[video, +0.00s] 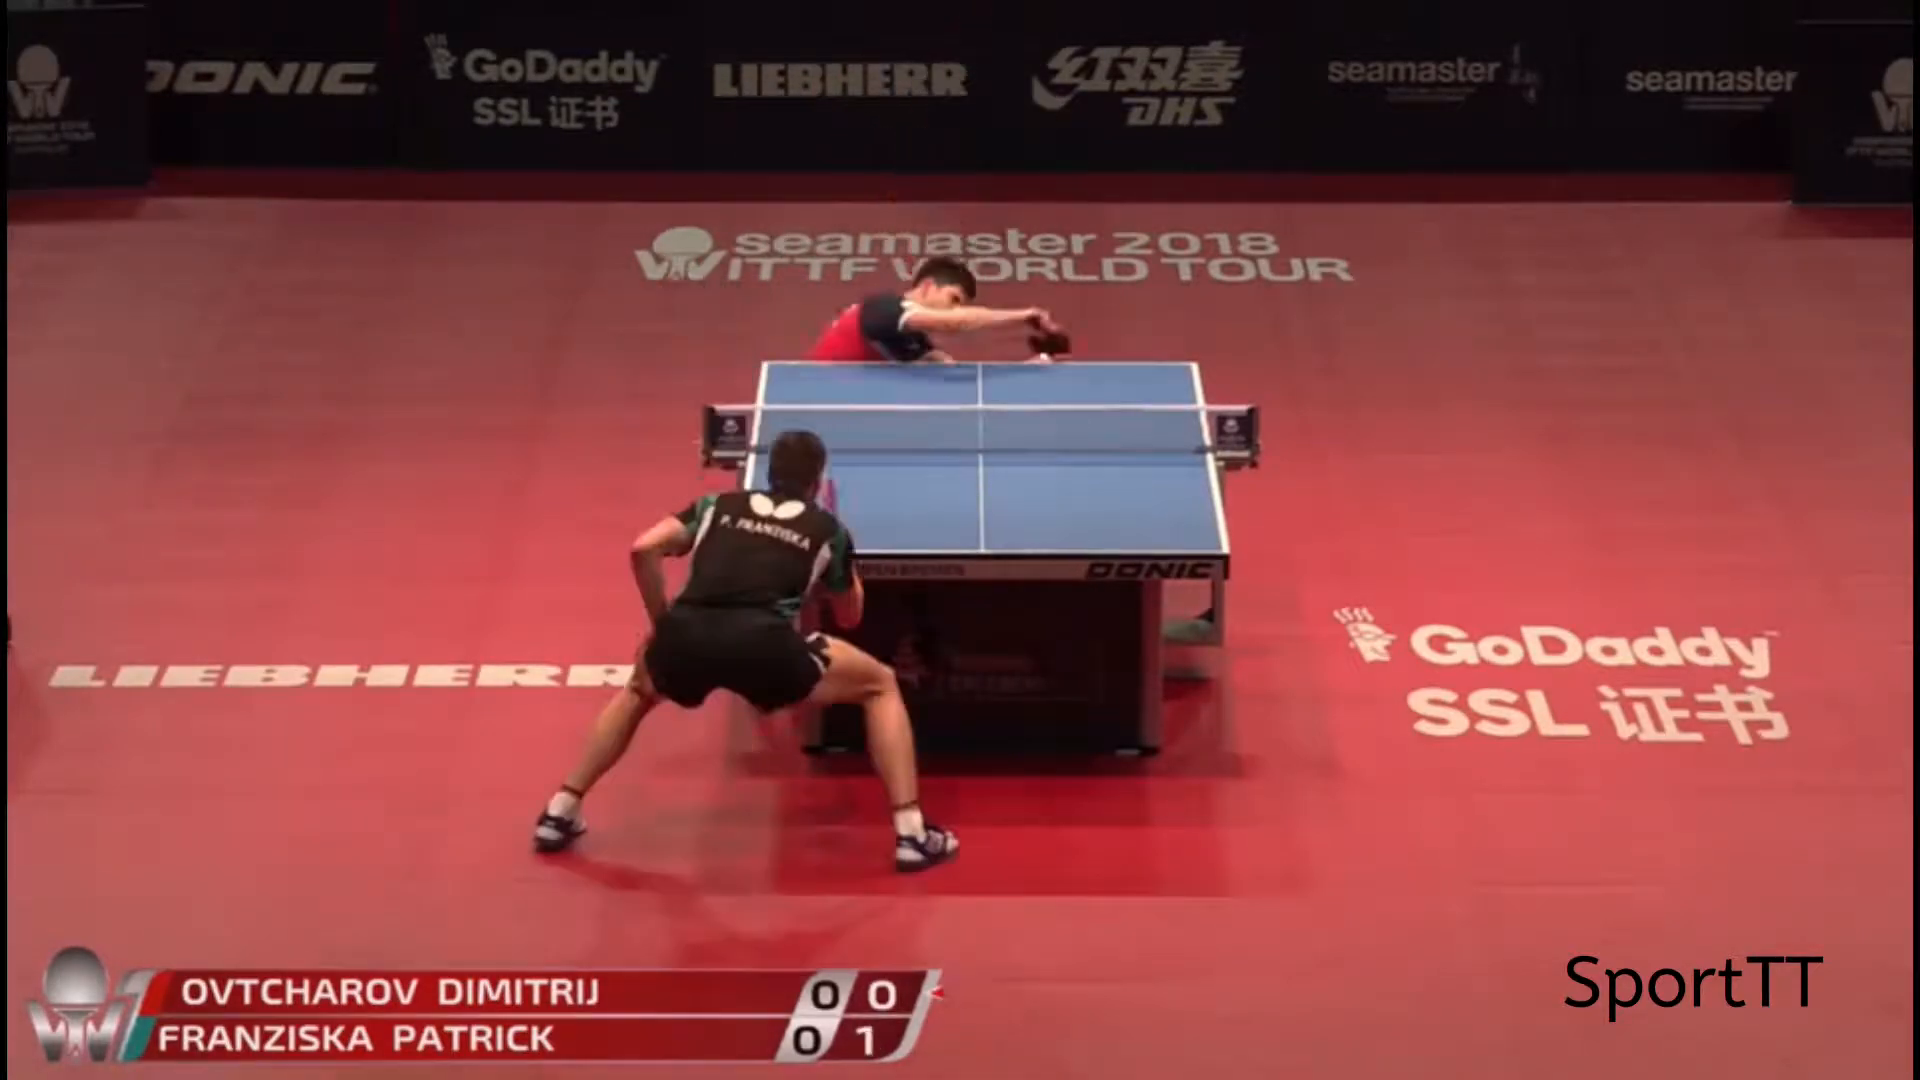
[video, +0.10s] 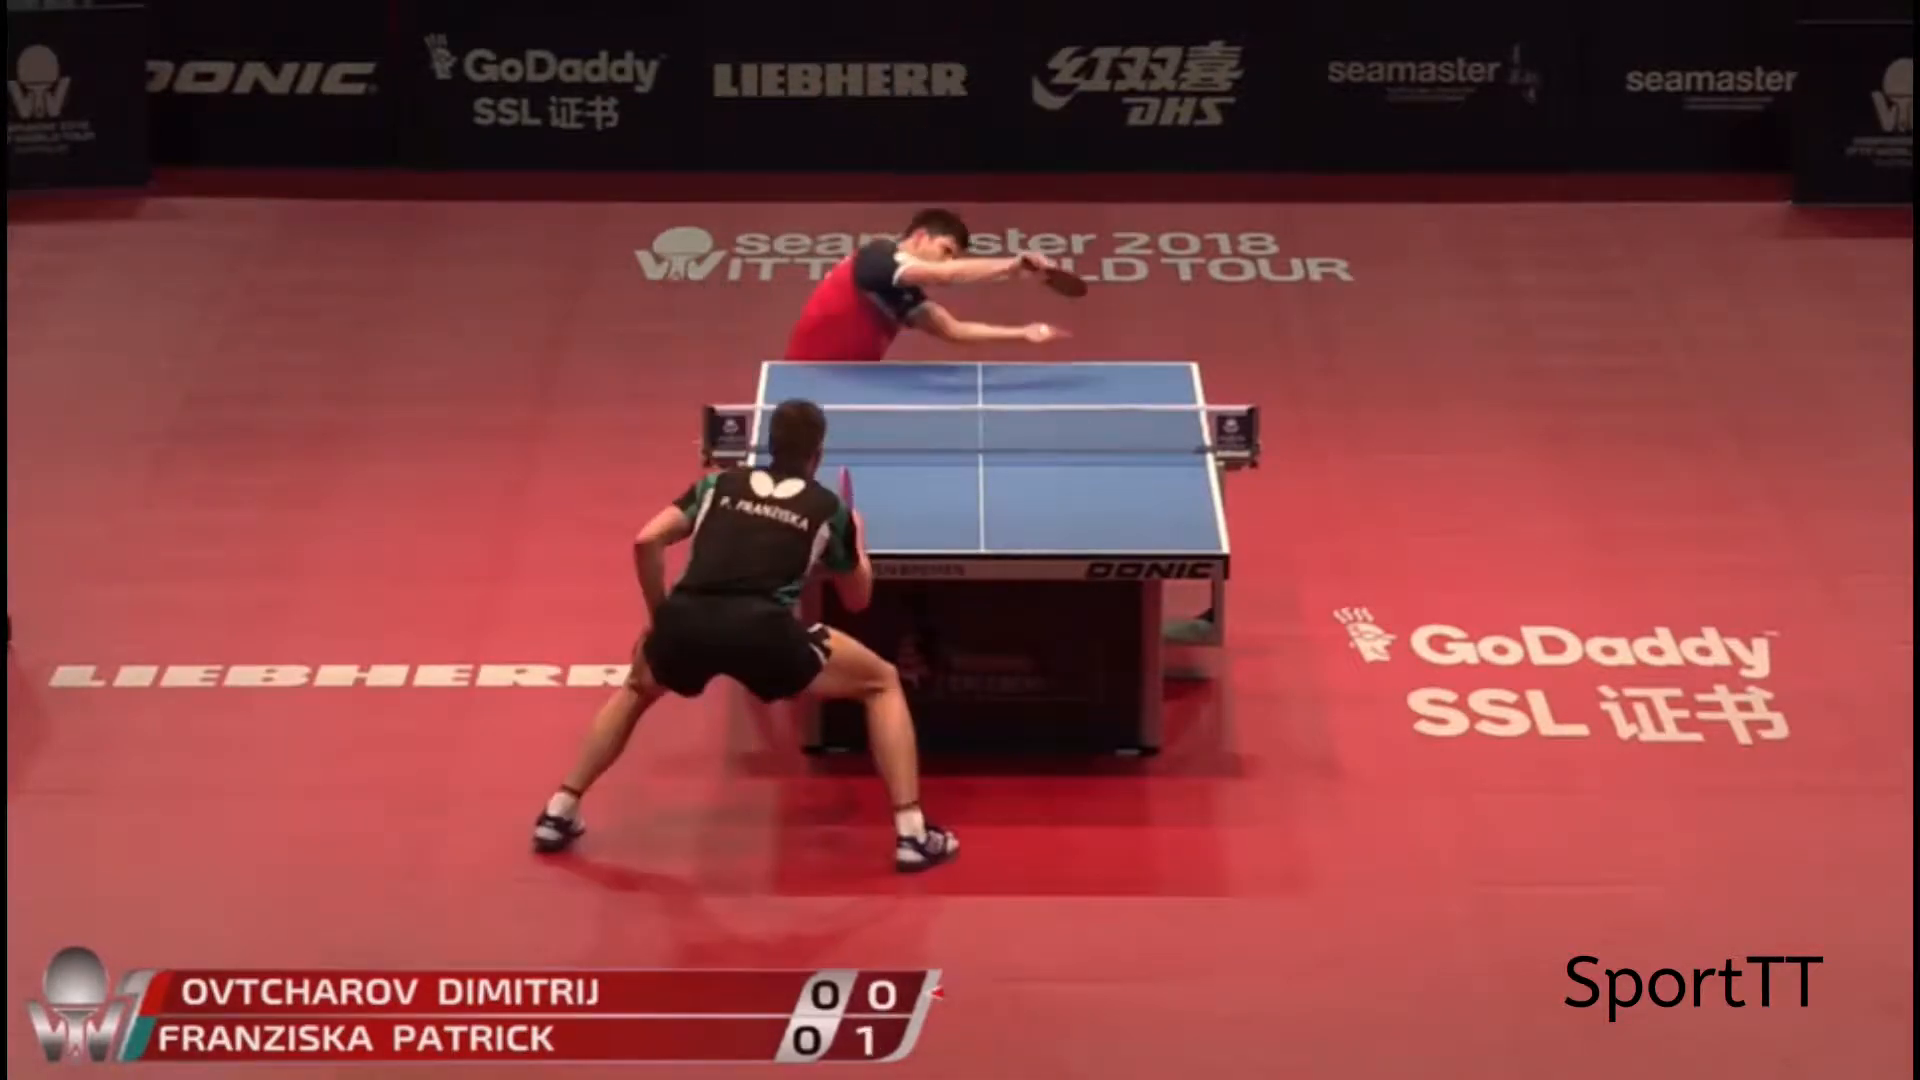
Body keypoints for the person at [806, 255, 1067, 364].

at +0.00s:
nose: (955, 313)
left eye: (962, 308)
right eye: (953, 300)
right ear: (927, 286)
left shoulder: (909, 343)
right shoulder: (879, 309)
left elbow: (951, 370)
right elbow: (952, 323)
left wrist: (1024, 367)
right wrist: (1023, 317)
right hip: (817, 396)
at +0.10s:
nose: (946, 264)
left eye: (952, 258)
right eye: (945, 252)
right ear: (920, 237)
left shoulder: (903, 295)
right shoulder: (874, 258)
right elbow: (945, 274)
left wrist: (1022, 333)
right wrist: (1011, 265)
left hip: (850, 387)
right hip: (809, 383)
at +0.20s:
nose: (946, 264)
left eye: (952, 258)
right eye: (944, 252)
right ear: (919, 237)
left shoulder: (902, 294)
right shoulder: (874, 257)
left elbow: (953, 331)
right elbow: (944, 275)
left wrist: (1022, 333)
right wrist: (1011, 265)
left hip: (850, 387)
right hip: (810, 383)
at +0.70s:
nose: (924, 192)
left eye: (928, 186)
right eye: (921, 180)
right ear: (896, 164)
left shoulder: (875, 199)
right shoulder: (860, 177)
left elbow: (914, 260)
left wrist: (969, 283)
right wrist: (913, 206)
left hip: (845, 307)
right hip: (804, 313)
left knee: (929, 338)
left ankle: (863, 361)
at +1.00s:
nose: (903, 183)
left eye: (911, 177)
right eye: (899, 172)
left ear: (918, 175)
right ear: (878, 155)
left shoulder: (908, 210)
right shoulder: (832, 156)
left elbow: (920, 274)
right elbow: (756, 133)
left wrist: (945, 338)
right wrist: (792, 176)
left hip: (850, 297)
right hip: (802, 284)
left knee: (867, 379)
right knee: (794, 370)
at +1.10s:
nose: (875, 141)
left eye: (885, 133)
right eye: (868, 131)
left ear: (899, 130)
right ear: (853, 122)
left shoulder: (910, 171)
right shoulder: (822, 138)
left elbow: (919, 239)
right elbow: (745, 128)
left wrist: (922, 314)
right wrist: (784, 165)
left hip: (863, 280)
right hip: (809, 270)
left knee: (873, 376)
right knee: (795, 356)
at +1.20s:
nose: (869, 132)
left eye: (879, 124)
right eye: (861, 122)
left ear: (894, 122)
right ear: (849, 116)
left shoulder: (909, 164)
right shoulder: (816, 137)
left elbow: (919, 224)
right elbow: (742, 137)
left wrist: (923, 289)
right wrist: (779, 168)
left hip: (868, 276)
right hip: (812, 267)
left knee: (885, 376)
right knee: (790, 358)